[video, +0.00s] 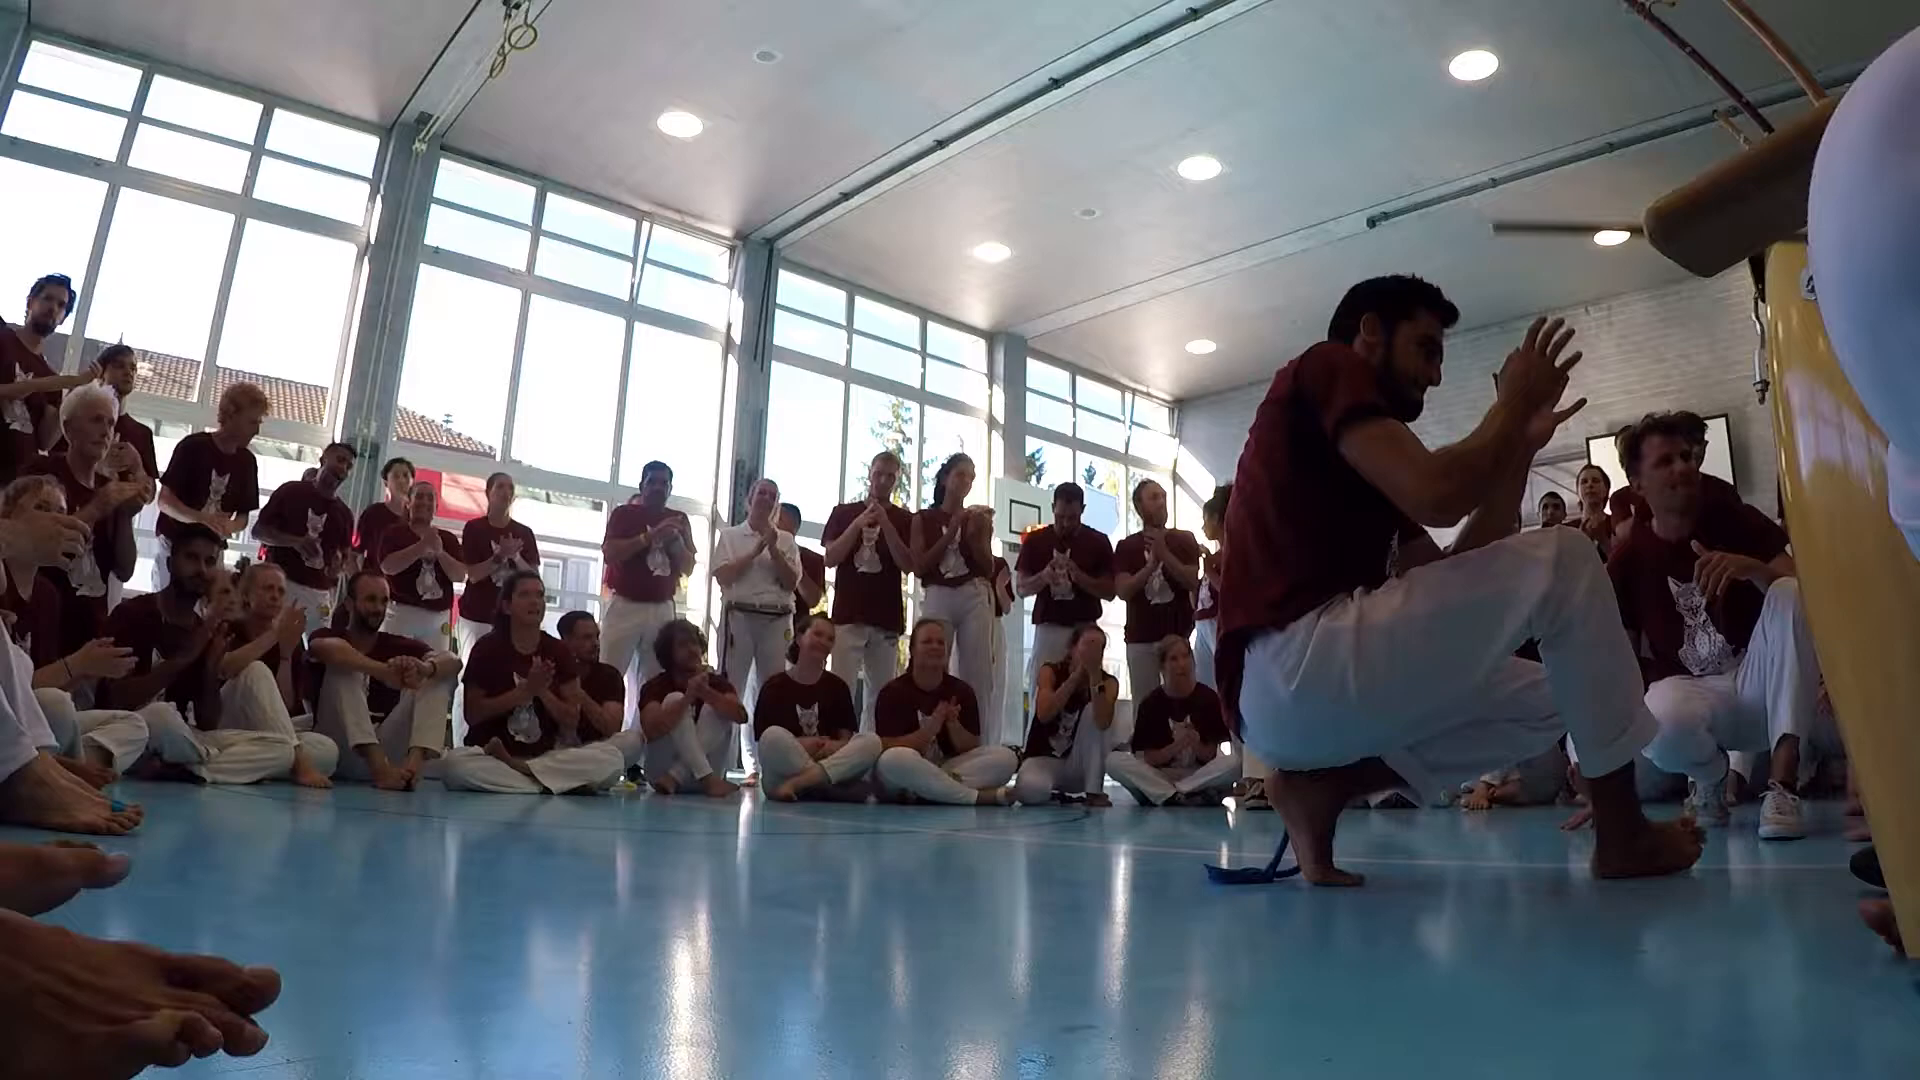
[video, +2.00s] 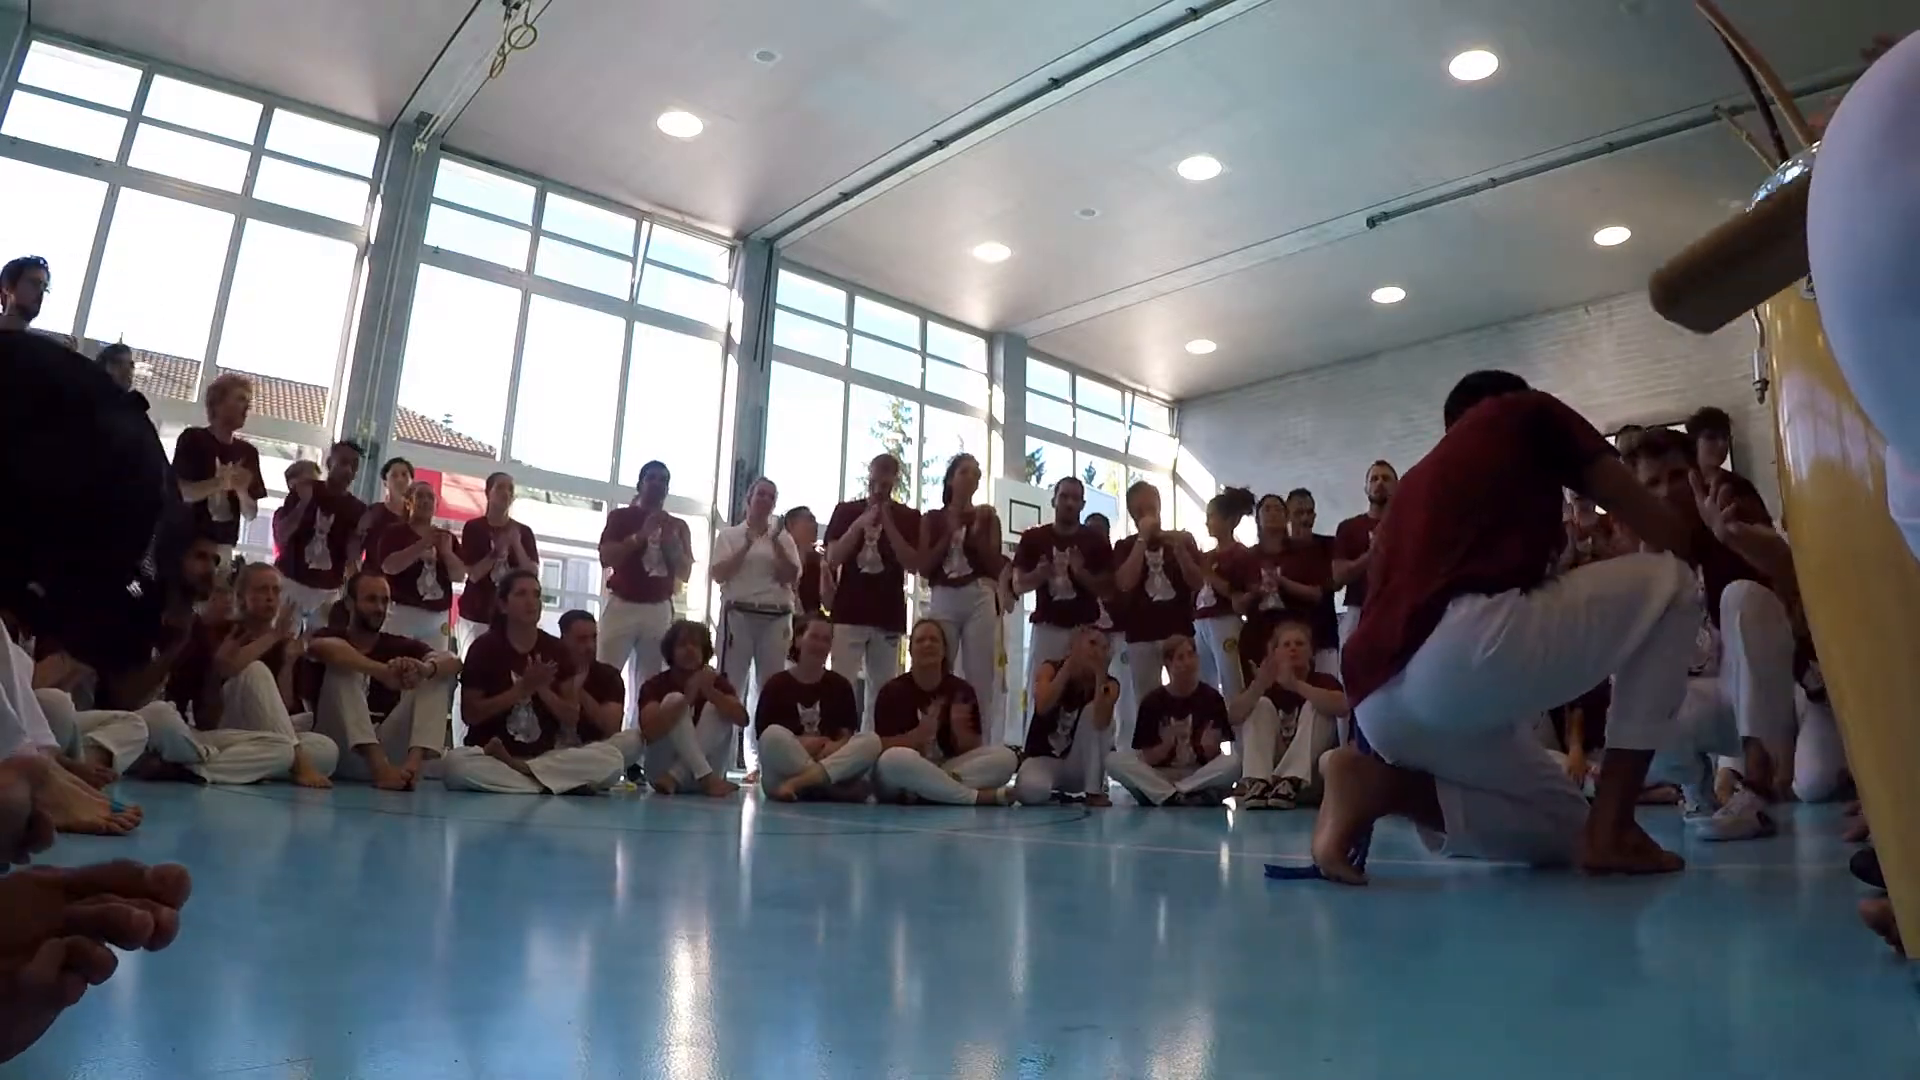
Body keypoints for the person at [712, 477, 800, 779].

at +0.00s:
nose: (765, 498)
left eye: (771, 495)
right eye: (761, 493)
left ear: (777, 503)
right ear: (749, 498)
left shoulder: (786, 539)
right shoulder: (730, 534)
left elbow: (791, 583)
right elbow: (724, 577)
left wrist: (774, 548)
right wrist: (757, 548)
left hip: (777, 619)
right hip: (738, 617)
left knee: (774, 690)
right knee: (730, 688)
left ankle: (769, 762)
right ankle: (722, 763)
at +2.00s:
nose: (763, 499)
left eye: (769, 496)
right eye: (759, 494)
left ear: (775, 503)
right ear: (748, 497)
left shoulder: (783, 537)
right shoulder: (729, 534)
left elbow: (791, 576)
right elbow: (718, 574)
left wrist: (777, 547)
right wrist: (746, 546)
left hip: (776, 617)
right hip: (737, 615)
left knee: (772, 688)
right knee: (731, 686)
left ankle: (769, 757)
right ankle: (726, 757)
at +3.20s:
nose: (762, 499)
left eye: (767, 495)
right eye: (758, 493)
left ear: (774, 502)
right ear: (747, 497)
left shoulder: (783, 536)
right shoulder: (730, 533)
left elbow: (786, 577)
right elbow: (721, 573)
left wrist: (781, 538)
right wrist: (744, 538)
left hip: (775, 618)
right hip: (737, 616)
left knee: (773, 692)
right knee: (730, 690)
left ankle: (770, 761)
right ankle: (725, 761)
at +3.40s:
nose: (763, 499)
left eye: (768, 495)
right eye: (759, 494)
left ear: (775, 501)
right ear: (747, 498)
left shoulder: (785, 539)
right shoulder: (730, 535)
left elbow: (787, 577)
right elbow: (722, 573)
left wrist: (766, 539)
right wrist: (756, 550)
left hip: (776, 618)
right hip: (737, 616)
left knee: (772, 694)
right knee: (730, 691)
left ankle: (770, 763)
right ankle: (725, 763)